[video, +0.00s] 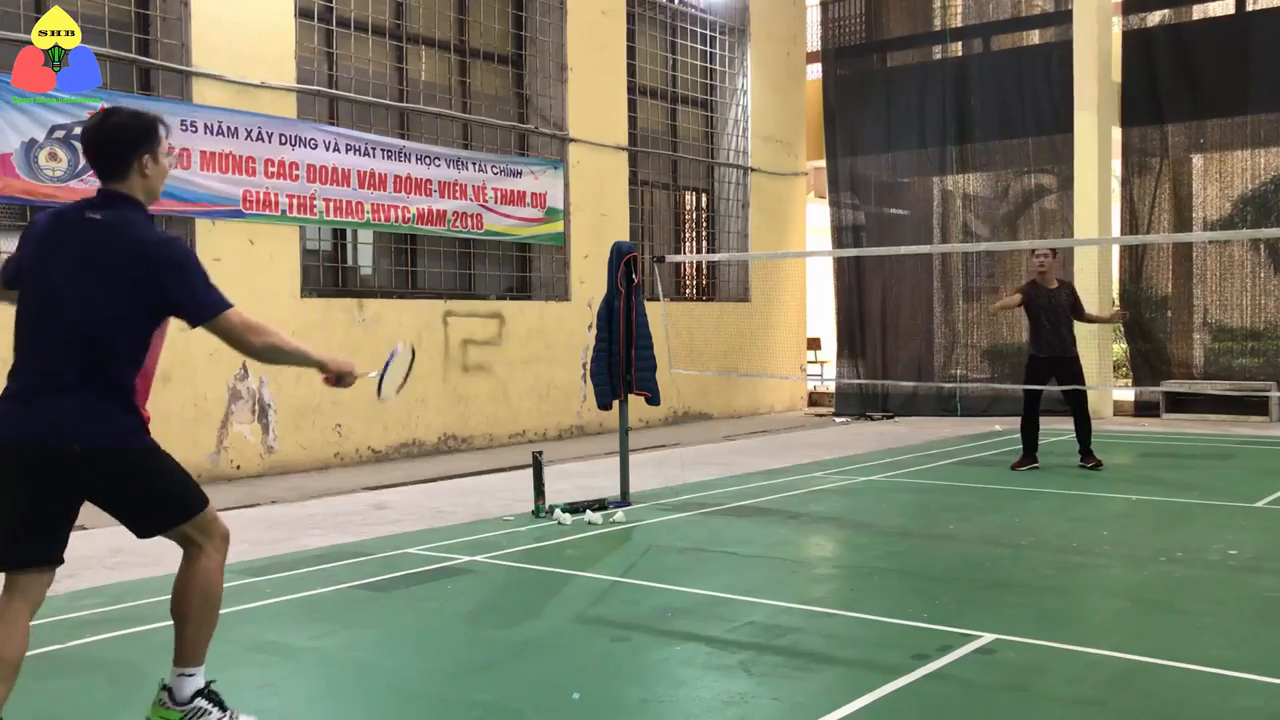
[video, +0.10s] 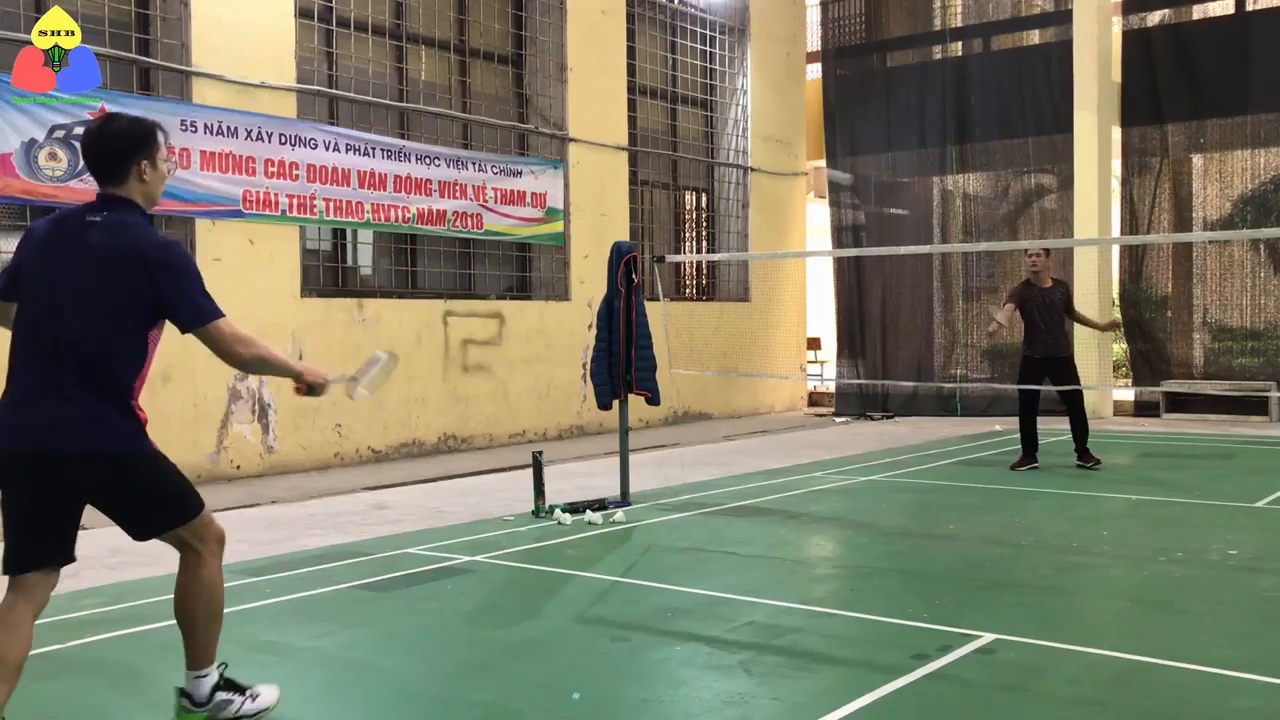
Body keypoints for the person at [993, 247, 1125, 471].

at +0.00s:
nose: (1040, 260)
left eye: (1045, 256)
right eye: (1037, 256)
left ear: (1055, 260)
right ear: (1033, 261)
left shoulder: (1067, 289)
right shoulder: (1029, 290)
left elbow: (1080, 316)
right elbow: (1014, 300)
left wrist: (1109, 318)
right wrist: (1002, 304)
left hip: (1067, 358)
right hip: (1039, 358)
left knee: (1080, 406)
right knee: (1030, 406)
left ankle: (1087, 454)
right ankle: (1029, 455)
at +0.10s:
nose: (1033, 259)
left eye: (1038, 255)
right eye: (1029, 256)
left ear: (1048, 260)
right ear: (1025, 261)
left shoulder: (1062, 288)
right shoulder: (1021, 290)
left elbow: (1072, 313)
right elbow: (1007, 310)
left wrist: (1101, 326)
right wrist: (999, 323)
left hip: (1061, 357)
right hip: (1032, 358)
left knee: (1076, 404)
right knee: (1027, 408)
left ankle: (1083, 453)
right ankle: (1029, 456)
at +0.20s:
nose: (1028, 259)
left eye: (1033, 255)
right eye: (1025, 255)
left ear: (1045, 259)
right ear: (1022, 260)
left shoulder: (1058, 287)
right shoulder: (1016, 291)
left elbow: (1070, 316)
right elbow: (1006, 316)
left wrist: (1094, 338)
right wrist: (997, 335)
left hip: (1057, 357)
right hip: (1028, 358)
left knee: (1070, 401)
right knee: (1024, 405)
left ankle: (1072, 451)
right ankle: (1029, 456)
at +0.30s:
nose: (1027, 258)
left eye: (1032, 253)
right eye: (1024, 254)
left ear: (1042, 256)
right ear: (1021, 258)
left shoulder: (1059, 287)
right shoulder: (1015, 290)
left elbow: (1069, 319)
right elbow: (1005, 317)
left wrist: (1085, 346)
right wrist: (994, 340)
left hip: (1055, 356)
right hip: (1027, 357)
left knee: (1062, 406)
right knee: (1024, 407)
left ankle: (1061, 453)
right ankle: (1028, 456)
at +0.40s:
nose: (1029, 257)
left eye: (1034, 252)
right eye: (1026, 253)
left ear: (1044, 255)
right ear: (1023, 256)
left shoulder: (1060, 286)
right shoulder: (1016, 288)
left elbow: (1067, 320)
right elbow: (1003, 315)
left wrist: (1078, 349)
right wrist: (997, 334)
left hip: (1055, 356)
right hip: (1027, 356)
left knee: (1057, 408)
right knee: (1024, 408)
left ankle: (1053, 455)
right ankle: (1029, 456)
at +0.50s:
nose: (1032, 257)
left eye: (1038, 253)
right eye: (1029, 253)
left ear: (1048, 256)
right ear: (1025, 257)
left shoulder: (1062, 287)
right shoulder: (1018, 288)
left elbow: (1069, 321)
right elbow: (996, 314)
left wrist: (1079, 350)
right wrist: (1011, 313)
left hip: (1056, 357)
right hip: (1028, 357)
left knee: (1057, 409)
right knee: (1025, 409)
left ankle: (1052, 456)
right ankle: (1028, 456)